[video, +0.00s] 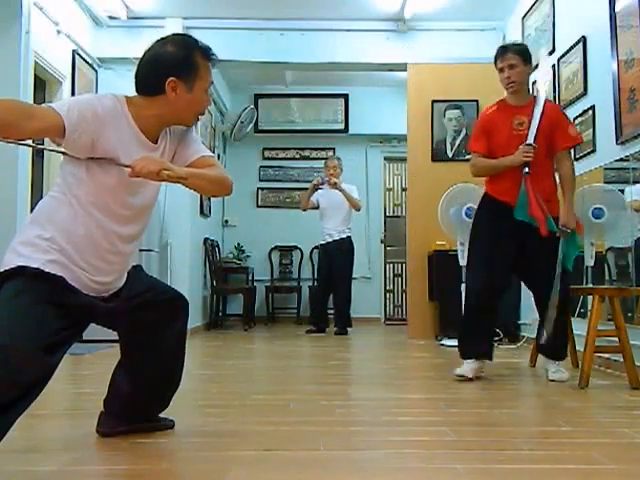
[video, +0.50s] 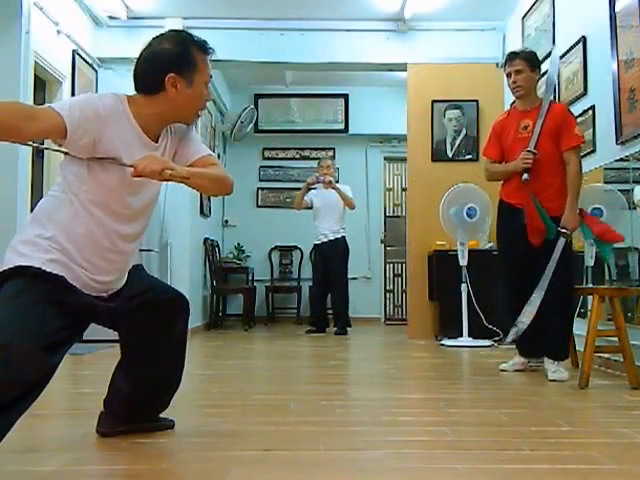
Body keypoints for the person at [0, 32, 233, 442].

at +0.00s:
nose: (208, 101)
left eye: (209, 90)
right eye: (205, 89)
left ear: (174, 90)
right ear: (173, 89)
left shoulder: (179, 137)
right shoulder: (100, 113)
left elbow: (224, 184)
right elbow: (27, 121)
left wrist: (175, 174)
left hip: (112, 276)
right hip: (46, 269)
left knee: (168, 309)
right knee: (14, 366)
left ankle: (127, 415)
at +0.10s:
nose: (208, 99)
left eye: (208, 88)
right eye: (204, 87)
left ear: (173, 89)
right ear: (172, 88)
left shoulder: (178, 137)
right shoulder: (98, 113)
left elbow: (223, 184)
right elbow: (24, 120)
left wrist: (175, 175)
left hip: (113, 277)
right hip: (46, 270)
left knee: (168, 309)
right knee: (13, 366)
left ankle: (127, 415)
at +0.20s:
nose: (208, 98)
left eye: (208, 87)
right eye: (204, 86)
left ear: (173, 88)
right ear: (172, 87)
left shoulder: (178, 136)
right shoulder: (99, 113)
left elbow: (223, 183)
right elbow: (24, 120)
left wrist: (174, 173)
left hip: (113, 277)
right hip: (46, 270)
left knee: (168, 310)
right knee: (13, 366)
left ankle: (127, 415)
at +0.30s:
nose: (207, 98)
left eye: (208, 87)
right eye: (203, 86)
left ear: (173, 88)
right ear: (172, 87)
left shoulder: (177, 136)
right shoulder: (99, 112)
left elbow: (223, 183)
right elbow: (26, 120)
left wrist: (175, 173)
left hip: (114, 276)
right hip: (46, 270)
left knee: (168, 310)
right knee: (14, 365)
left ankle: (127, 415)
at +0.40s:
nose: (208, 97)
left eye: (208, 86)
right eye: (204, 85)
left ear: (174, 87)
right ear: (173, 86)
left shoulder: (178, 136)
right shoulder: (100, 112)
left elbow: (224, 183)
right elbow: (27, 121)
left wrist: (175, 174)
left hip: (113, 275)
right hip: (47, 267)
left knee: (168, 309)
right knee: (14, 363)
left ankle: (127, 415)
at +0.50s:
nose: (208, 96)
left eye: (209, 85)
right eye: (204, 84)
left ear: (174, 86)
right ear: (173, 85)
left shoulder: (179, 135)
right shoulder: (100, 112)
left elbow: (224, 183)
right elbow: (30, 121)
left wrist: (178, 174)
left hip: (114, 275)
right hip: (47, 268)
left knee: (168, 309)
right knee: (15, 366)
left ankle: (127, 415)